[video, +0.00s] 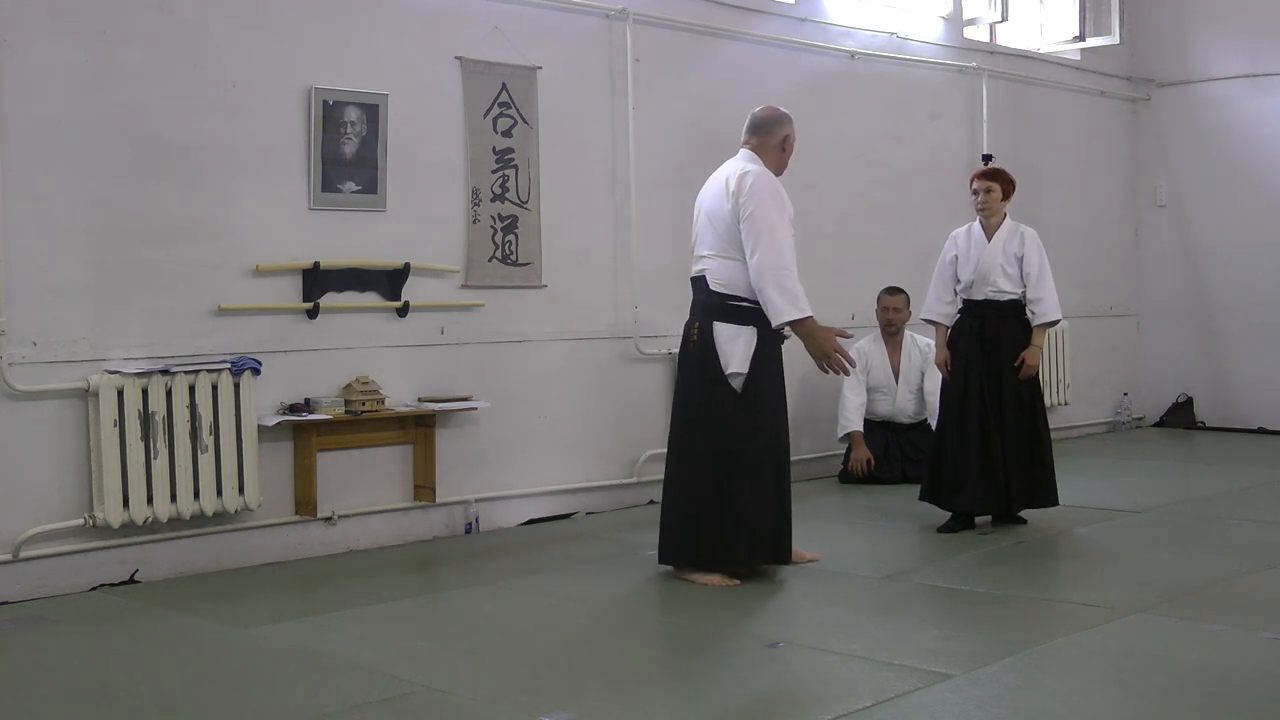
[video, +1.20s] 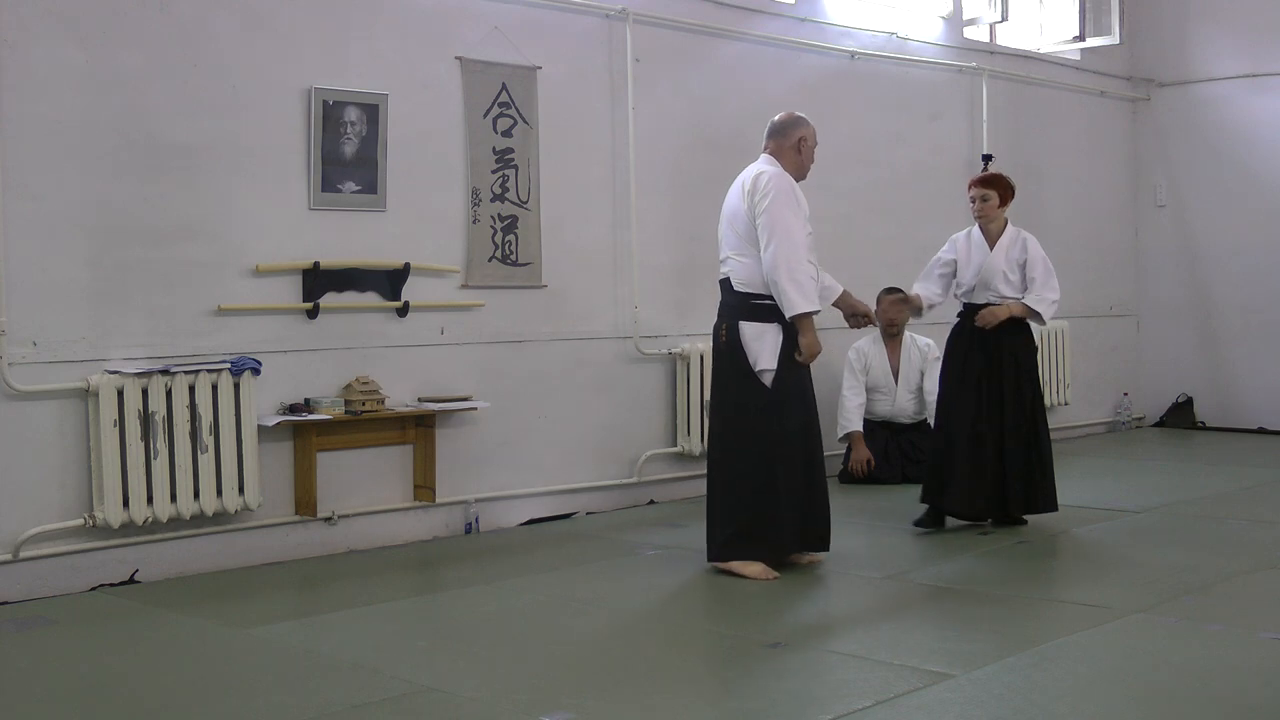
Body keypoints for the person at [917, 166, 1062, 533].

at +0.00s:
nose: (981, 198)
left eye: (989, 192)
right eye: (976, 193)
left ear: (1005, 196)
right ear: (971, 198)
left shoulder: (1024, 237)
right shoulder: (959, 238)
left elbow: (1041, 294)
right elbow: (943, 292)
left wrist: (1036, 344)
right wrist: (940, 343)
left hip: (1011, 331)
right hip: (968, 332)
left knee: (1010, 416)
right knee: (964, 416)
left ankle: (1006, 506)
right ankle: (963, 509)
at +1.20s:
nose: (977, 206)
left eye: (985, 200)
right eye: (973, 200)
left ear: (1004, 202)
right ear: (969, 203)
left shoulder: (1024, 244)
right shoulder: (960, 243)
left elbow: (1046, 298)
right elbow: (932, 287)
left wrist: (1007, 309)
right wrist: (910, 300)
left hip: (1010, 338)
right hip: (967, 336)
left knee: (1009, 419)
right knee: (953, 417)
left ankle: (1007, 507)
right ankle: (936, 507)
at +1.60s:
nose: (940, 208)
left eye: (948, 201)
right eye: (935, 201)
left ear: (966, 205)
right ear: (930, 206)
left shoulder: (985, 248)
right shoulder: (921, 243)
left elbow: (999, 304)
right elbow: (890, 277)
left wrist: (960, 307)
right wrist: (860, 297)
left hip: (969, 344)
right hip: (925, 345)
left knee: (979, 423)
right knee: (913, 426)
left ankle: (986, 509)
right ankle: (894, 515)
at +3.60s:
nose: (897, 206)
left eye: (905, 199)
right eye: (890, 200)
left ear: (920, 204)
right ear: (884, 206)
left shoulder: (936, 247)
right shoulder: (875, 245)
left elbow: (955, 304)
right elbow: (847, 278)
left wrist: (922, 322)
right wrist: (823, 302)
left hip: (928, 344)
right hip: (884, 345)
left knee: (938, 425)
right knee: (891, 431)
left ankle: (944, 513)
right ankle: (890, 520)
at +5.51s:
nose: (890, 207)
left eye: (898, 200)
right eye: (883, 202)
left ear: (913, 205)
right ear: (877, 208)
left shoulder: (931, 246)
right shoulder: (870, 247)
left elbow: (954, 298)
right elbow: (840, 280)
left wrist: (921, 324)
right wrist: (806, 303)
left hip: (928, 344)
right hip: (886, 347)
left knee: (936, 428)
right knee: (891, 432)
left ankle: (941, 515)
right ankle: (892, 521)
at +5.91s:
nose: (890, 208)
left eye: (898, 200)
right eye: (883, 202)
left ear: (912, 205)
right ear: (876, 208)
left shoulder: (932, 246)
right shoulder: (869, 248)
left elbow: (954, 300)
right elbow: (839, 281)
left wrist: (920, 324)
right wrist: (806, 304)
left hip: (928, 344)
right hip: (886, 347)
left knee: (936, 428)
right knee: (891, 432)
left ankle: (940, 515)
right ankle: (892, 521)